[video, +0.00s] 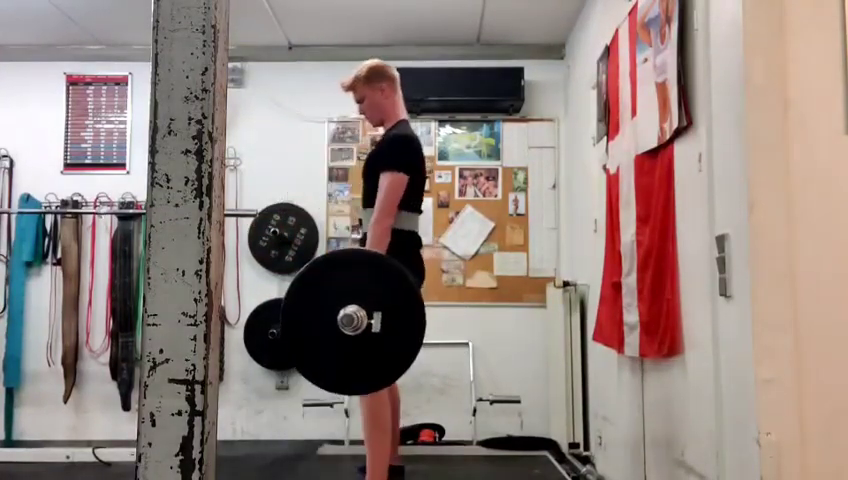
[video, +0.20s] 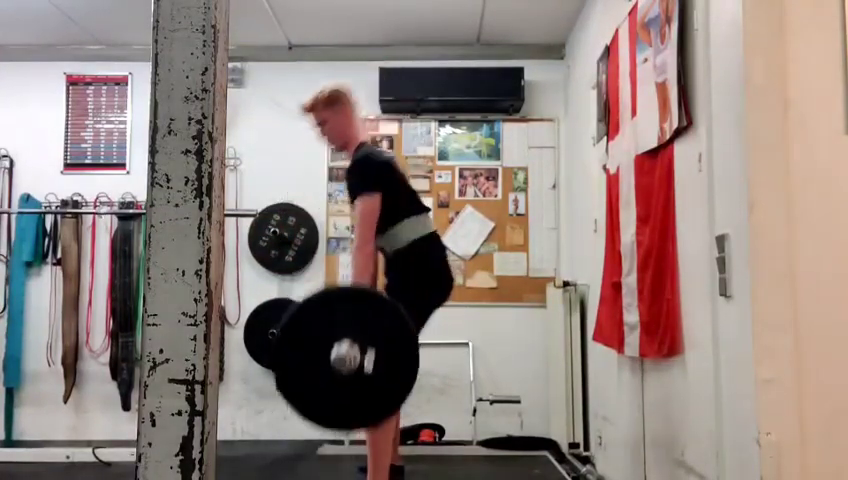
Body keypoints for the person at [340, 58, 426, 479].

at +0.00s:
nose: (361, 111)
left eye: (363, 101)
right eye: (359, 103)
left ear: (385, 93)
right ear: (386, 96)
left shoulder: (400, 142)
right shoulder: (396, 140)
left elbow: (384, 217)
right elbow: (384, 219)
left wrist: (366, 281)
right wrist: (365, 276)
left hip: (389, 264)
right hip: (394, 264)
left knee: (372, 371)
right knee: (382, 370)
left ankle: (376, 474)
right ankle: (388, 465)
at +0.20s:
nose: (323, 133)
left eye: (326, 122)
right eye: (320, 125)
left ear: (348, 116)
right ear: (328, 125)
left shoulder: (367, 164)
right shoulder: (370, 161)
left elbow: (364, 244)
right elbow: (369, 245)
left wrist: (358, 311)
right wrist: (362, 309)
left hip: (420, 274)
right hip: (417, 272)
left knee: (381, 365)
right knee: (384, 363)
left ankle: (377, 473)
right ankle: (387, 464)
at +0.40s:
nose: (282, 228)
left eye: (281, 217)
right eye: (278, 221)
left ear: (296, 206)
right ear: (301, 206)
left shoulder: (337, 246)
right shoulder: (339, 240)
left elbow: (350, 331)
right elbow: (353, 328)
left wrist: (353, 404)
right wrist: (354, 395)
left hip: (447, 294)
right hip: (442, 290)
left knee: (375, 367)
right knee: (379, 367)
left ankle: (390, 462)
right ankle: (393, 458)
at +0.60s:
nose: (277, 299)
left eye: (272, 291)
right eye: (270, 296)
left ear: (282, 266)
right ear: (281, 265)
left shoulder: (322, 272)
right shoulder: (324, 269)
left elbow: (357, 341)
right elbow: (370, 339)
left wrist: (361, 416)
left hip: (450, 307)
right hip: (437, 305)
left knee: (367, 367)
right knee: (372, 365)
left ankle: (383, 450)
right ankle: (393, 446)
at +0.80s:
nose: (277, 290)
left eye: (272, 282)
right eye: (270, 287)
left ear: (284, 256)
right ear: (285, 253)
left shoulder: (324, 271)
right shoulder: (327, 266)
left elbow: (351, 346)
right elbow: (359, 341)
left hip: (445, 314)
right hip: (436, 311)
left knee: (361, 367)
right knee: (365, 367)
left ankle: (375, 451)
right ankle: (387, 448)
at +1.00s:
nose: (276, 289)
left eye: (271, 281)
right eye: (270, 285)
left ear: (281, 261)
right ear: (282, 257)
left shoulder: (328, 273)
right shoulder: (329, 266)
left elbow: (351, 351)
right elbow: (358, 343)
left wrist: (358, 407)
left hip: (446, 313)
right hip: (433, 311)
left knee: (363, 367)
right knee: (363, 365)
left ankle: (381, 454)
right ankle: (382, 451)